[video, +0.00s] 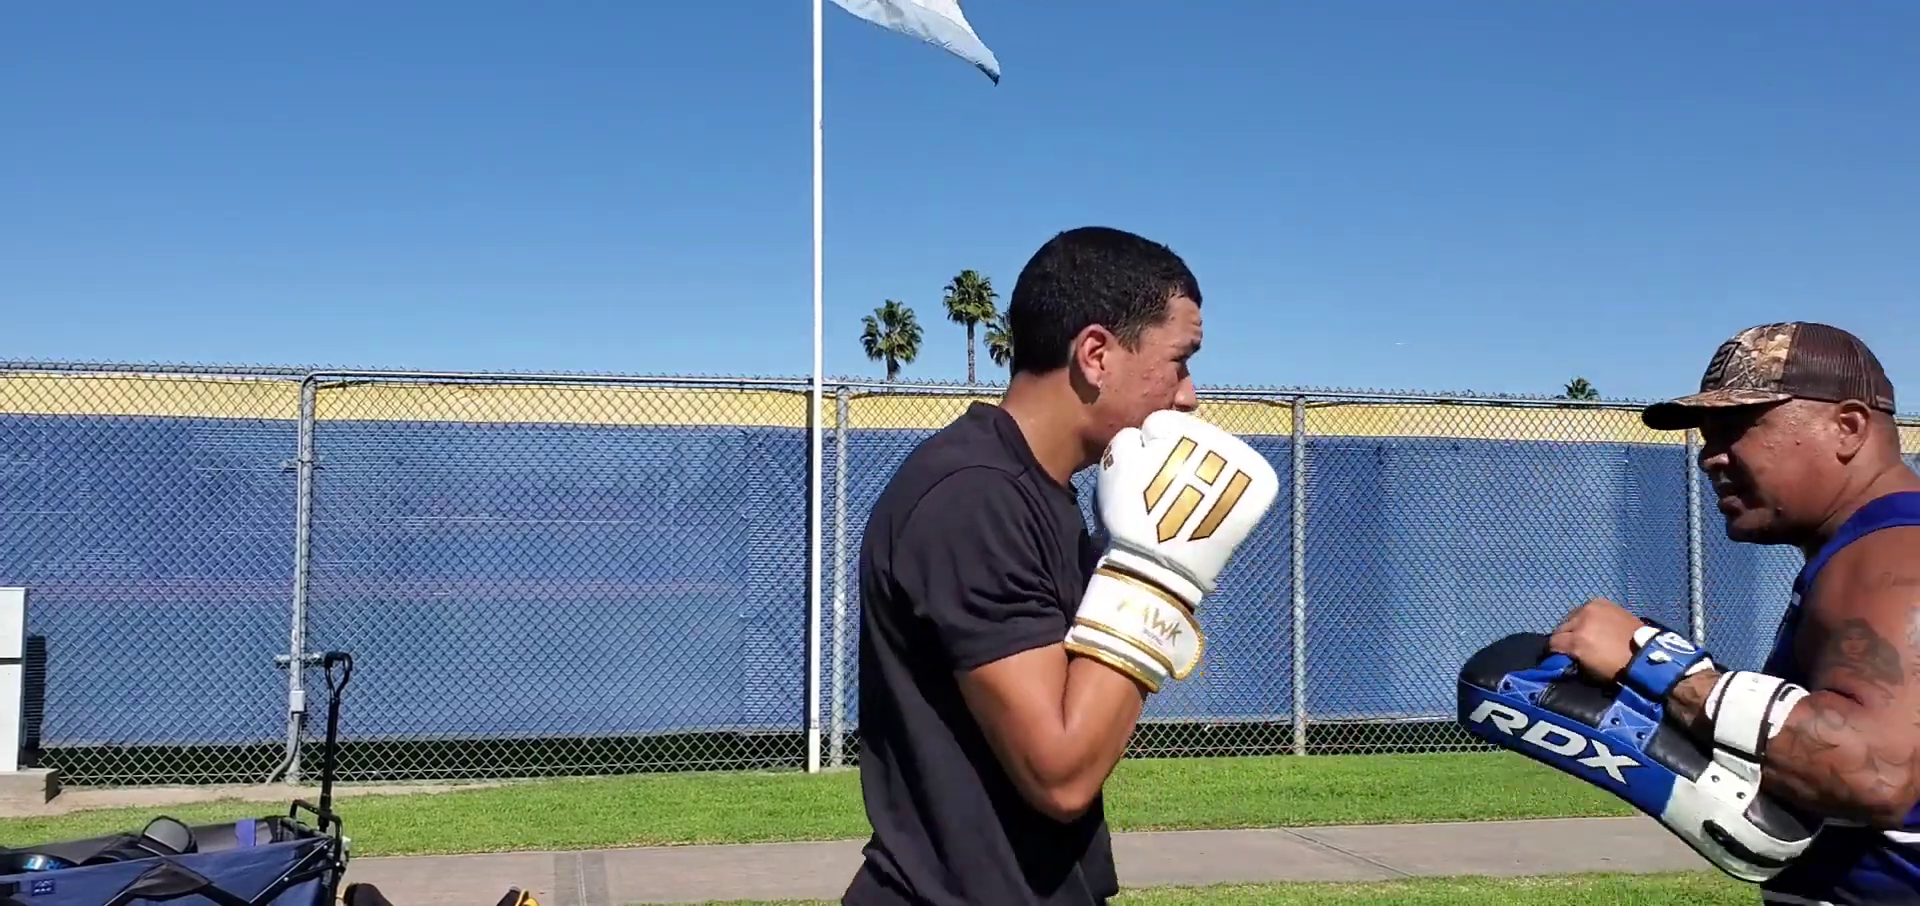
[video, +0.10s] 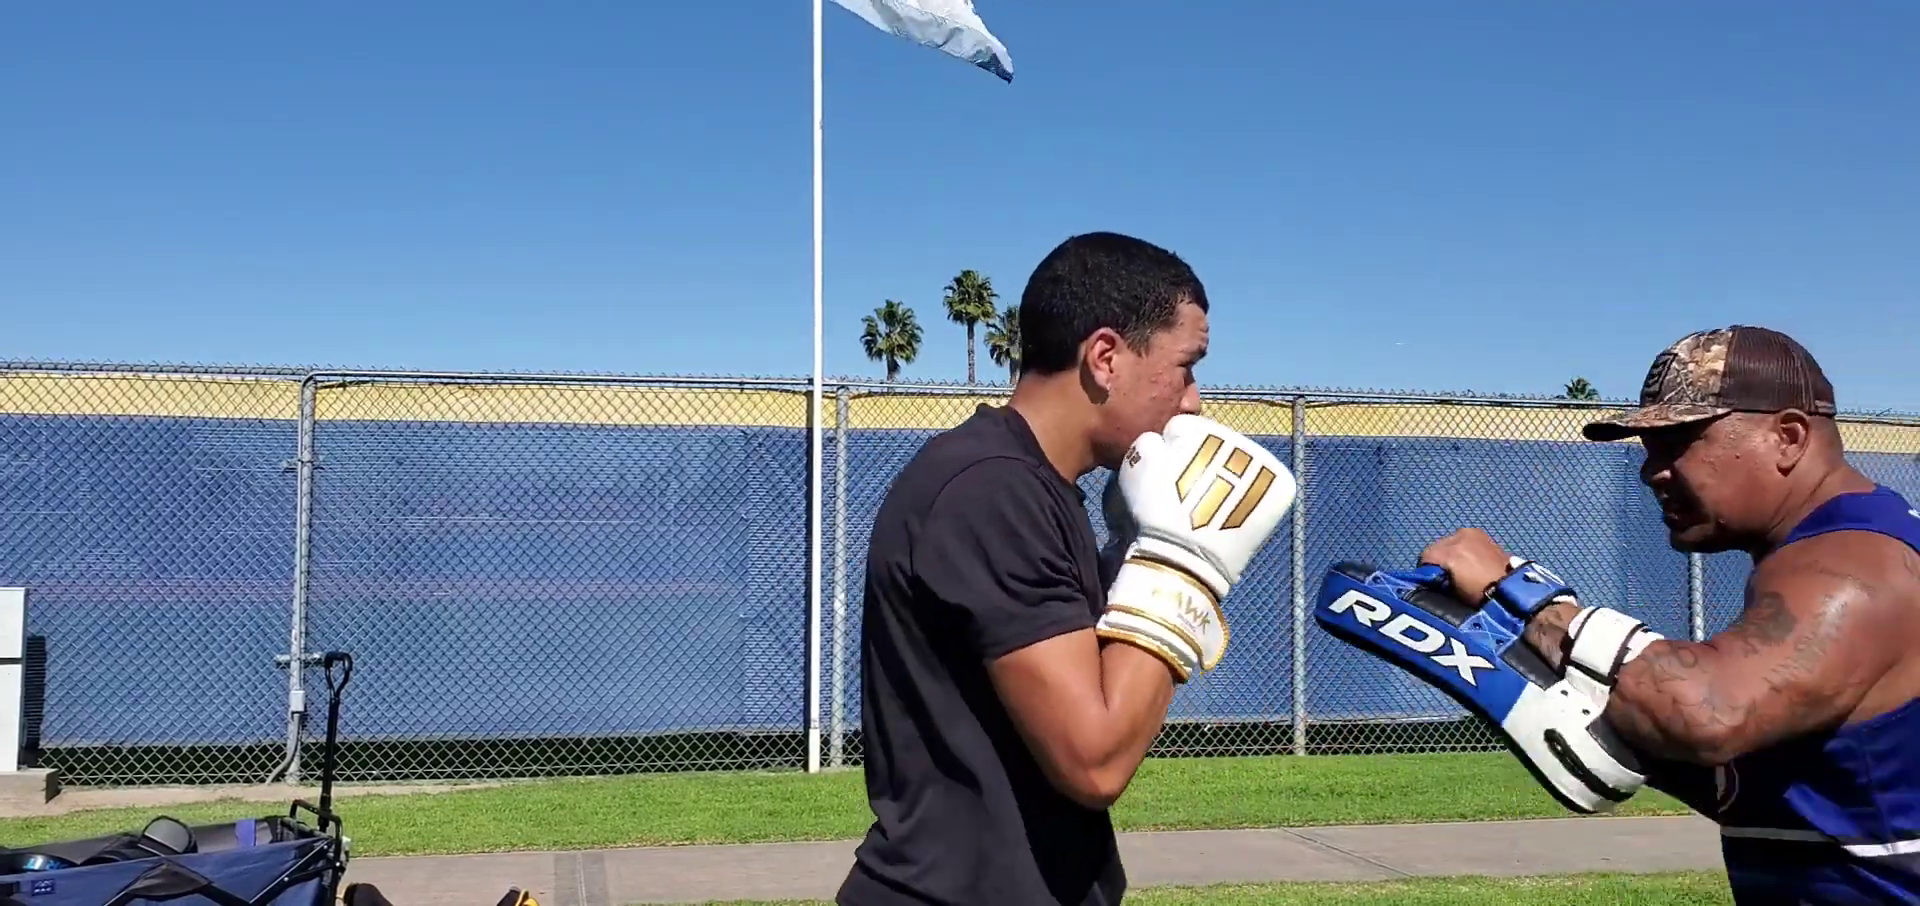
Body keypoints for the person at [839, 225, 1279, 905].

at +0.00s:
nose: (1189, 396)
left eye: (1188, 364)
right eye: (1178, 363)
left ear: (1098, 358)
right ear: (1096, 356)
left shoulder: (1047, 498)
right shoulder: (970, 502)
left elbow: (1067, 739)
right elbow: (1062, 776)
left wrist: (1153, 575)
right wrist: (1147, 574)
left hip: (1045, 884)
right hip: (955, 888)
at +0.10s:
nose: (1194, 401)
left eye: (1193, 371)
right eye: (1184, 369)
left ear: (1105, 360)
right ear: (1104, 358)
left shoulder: (1042, 491)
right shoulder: (991, 495)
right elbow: (1095, 763)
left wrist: (1145, 554)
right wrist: (1180, 569)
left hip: (1038, 882)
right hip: (970, 886)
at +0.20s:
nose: (1196, 418)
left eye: (1195, 389)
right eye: (1186, 386)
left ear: (1105, 377)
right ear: (1104, 375)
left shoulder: (1069, 513)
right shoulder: (993, 509)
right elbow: (1086, 774)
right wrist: (1181, 590)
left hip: (1053, 885)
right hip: (956, 888)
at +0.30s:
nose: (1184, 424)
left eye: (1182, 393)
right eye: (1170, 390)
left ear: (1083, 382)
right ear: (1082, 377)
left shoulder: (1069, 515)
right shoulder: (966, 506)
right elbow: (1048, 762)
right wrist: (1164, 593)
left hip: (1051, 883)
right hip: (940, 887)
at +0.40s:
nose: (1148, 422)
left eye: (1153, 399)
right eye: (1142, 395)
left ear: (1056, 387)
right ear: (1056, 381)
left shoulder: (1034, 509)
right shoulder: (942, 496)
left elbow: (1037, 699)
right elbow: (1025, 741)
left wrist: (1145, 604)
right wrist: (1120, 563)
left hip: (1022, 882)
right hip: (908, 887)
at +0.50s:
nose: (1108, 445)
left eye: (1110, 421)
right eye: (1098, 418)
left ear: (1012, 410)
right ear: (1011, 408)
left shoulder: (963, 525)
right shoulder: (901, 514)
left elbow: (1008, 732)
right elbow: (1002, 752)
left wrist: (1081, 579)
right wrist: (1059, 558)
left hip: (966, 883)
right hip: (882, 887)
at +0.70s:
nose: (1049, 453)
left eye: (1054, 431)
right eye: (1042, 426)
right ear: (961, 409)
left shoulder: (913, 531)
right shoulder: (833, 515)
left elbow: (913, 727)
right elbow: (902, 763)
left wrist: (1018, 632)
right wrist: (990, 577)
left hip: (913, 887)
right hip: (819, 889)